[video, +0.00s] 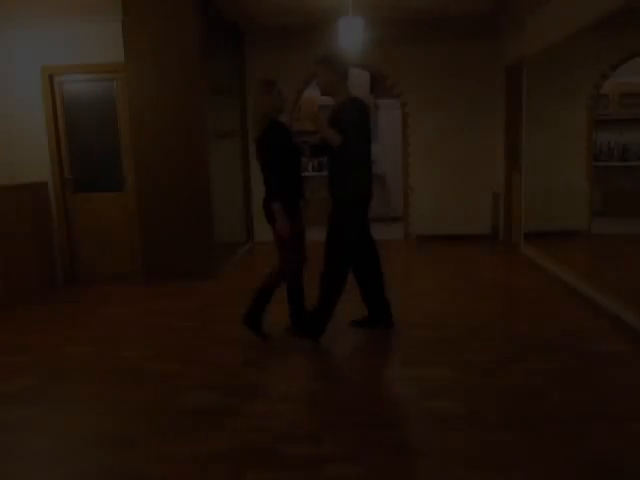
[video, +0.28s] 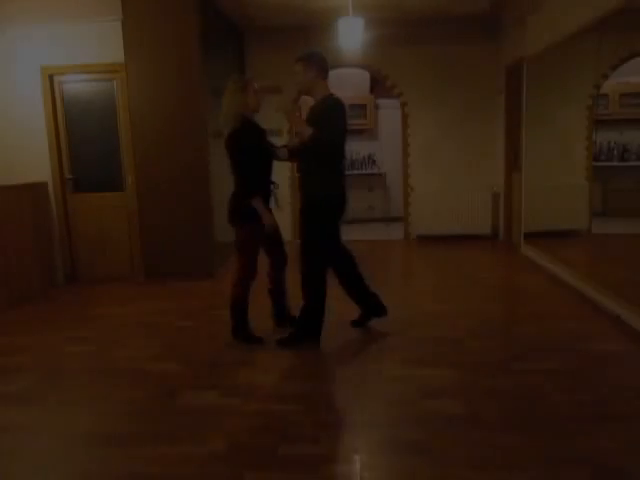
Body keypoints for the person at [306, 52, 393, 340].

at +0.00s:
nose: (319, 84)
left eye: (322, 77)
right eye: (319, 78)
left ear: (334, 76)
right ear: (337, 77)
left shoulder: (352, 108)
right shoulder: (339, 109)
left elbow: (353, 152)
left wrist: (328, 132)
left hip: (351, 193)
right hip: (346, 192)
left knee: (337, 254)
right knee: (362, 251)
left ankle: (318, 320)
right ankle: (379, 311)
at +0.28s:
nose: (299, 79)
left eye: (302, 73)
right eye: (299, 74)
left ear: (316, 74)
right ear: (316, 74)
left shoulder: (328, 108)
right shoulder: (322, 107)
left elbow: (315, 150)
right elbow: (312, 150)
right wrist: (283, 151)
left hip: (322, 196)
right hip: (321, 194)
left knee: (314, 261)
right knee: (333, 252)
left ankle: (309, 329)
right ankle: (370, 304)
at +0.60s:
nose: (278, 78)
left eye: (282, 72)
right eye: (279, 72)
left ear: (297, 73)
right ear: (298, 74)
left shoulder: (309, 108)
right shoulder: (304, 106)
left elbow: (293, 151)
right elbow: (291, 147)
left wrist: (258, 152)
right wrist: (258, 151)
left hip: (305, 196)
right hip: (302, 194)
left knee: (298, 257)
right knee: (300, 255)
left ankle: (306, 327)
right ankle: (316, 311)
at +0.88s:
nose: (264, 77)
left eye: (268, 71)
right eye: (264, 71)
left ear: (284, 72)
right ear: (282, 74)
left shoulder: (298, 106)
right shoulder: (285, 108)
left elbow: (292, 147)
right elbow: (277, 152)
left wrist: (266, 119)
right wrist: (242, 156)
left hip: (298, 197)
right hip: (286, 197)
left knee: (297, 260)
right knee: (279, 258)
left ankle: (305, 328)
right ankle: (285, 313)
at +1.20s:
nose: (258, 78)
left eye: (263, 72)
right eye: (258, 73)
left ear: (278, 74)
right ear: (273, 75)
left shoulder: (295, 109)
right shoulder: (274, 111)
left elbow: (297, 149)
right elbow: (263, 151)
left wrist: (267, 121)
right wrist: (228, 151)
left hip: (290, 194)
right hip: (274, 193)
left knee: (282, 259)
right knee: (273, 257)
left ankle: (302, 323)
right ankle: (283, 314)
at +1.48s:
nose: (254, 84)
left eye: (258, 78)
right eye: (255, 78)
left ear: (273, 79)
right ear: (273, 80)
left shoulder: (294, 112)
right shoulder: (273, 115)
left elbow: (298, 153)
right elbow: (257, 152)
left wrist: (266, 130)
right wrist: (221, 147)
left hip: (294, 198)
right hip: (278, 198)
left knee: (280, 257)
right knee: (274, 258)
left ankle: (309, 300)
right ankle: (286, 313)